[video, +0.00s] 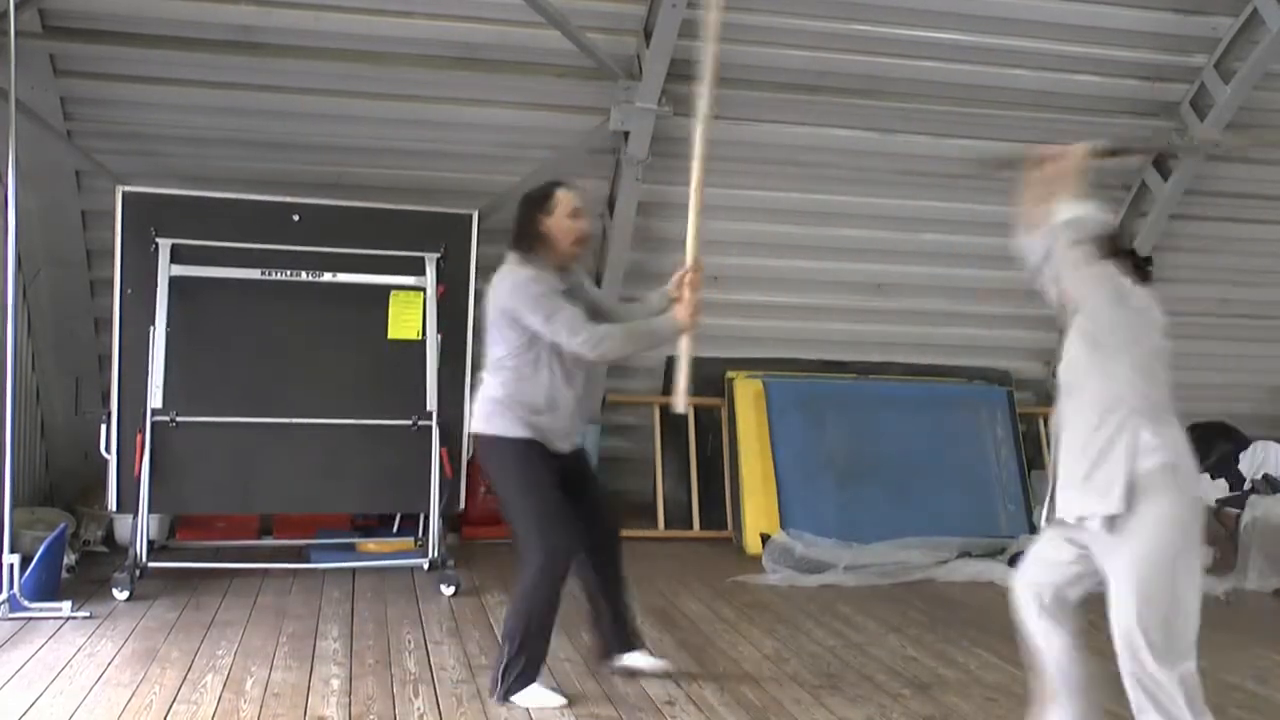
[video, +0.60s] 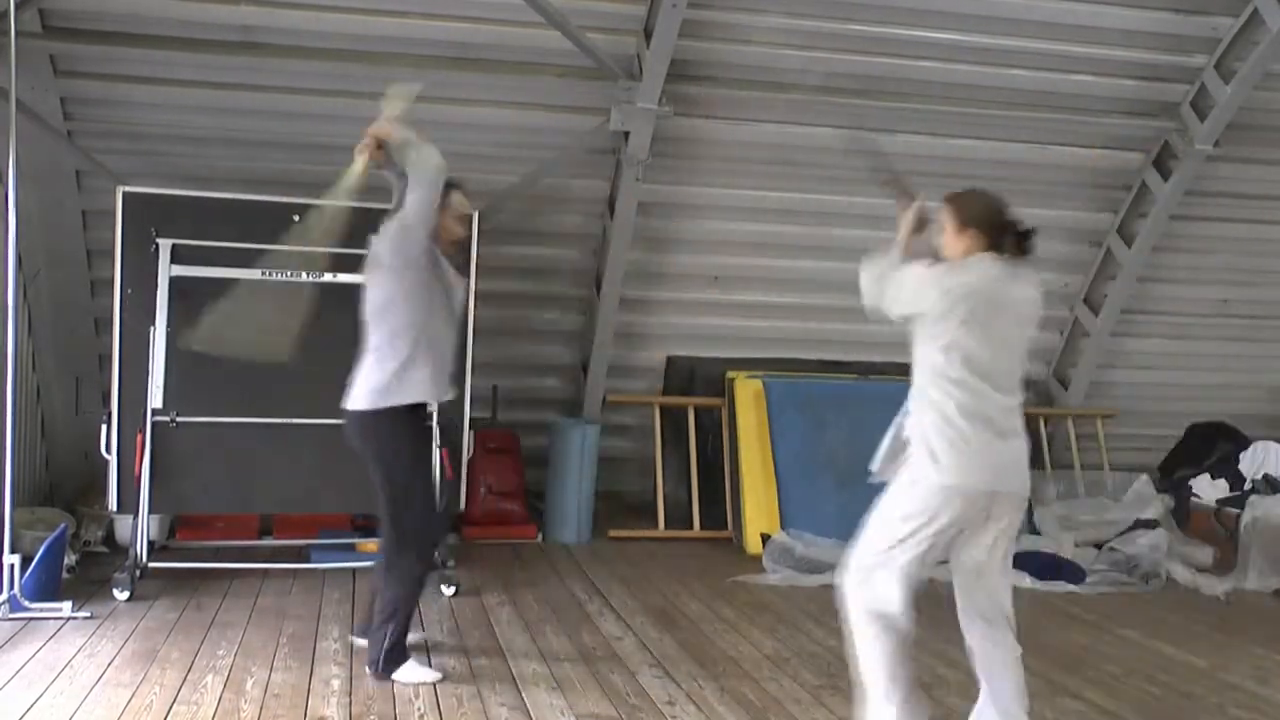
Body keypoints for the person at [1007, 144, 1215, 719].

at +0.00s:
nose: (1065, 281)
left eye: (1079, 265)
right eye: (1066, 271)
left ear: (1108, 264)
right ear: (1092, 270)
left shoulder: (1128, 308)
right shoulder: (1093, 318)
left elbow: (1080, 251)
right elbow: (1043, 255)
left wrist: (1069, 183)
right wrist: (1038, 189)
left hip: (1151, 502)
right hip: (1094, 505)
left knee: (1151, 655)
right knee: (1035, 585)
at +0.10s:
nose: (1053, 261)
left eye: (1062, 251)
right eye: (1054, 251)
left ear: (1094, 260)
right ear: (1090, 261)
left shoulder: (1107, 307)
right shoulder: (1077, 306)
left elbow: (1013, 277)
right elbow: (1016, 274)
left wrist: (997, 213)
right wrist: (989, 215)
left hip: (1120, 504)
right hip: (1065, 501)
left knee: (1123, 635)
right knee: (1011, 594)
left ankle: (1169, 712)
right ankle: (1013, 712)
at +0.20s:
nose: (1036, 249)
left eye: (1044, 241)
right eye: (1038, 240)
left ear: (1074, 248)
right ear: (1077, 249)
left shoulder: (1072, 295)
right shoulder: (1070, 297)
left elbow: (972, 337)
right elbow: (980, 334)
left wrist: (919, 306)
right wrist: (924, 309)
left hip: (1069, 482)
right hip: (1045, 479)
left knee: (1027, 607)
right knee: (995, 593)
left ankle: (1117, 713)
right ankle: (1007, 711)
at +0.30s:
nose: (1016, 245)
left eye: (1025, 236)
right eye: (1019, 235)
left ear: (1052, 245)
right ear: (1062, 247)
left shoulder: (1028, 295)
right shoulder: (1075, 304)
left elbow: (952, 368)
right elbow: (980, 377)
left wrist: (898, 365)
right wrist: (909, 370)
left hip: (1037, 482)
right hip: (1071, 482)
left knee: (971, 598)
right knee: (1006, 607)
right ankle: (1015, 711)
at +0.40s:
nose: (984, 241)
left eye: (992, 231)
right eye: (987, 230)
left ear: (1016, 238)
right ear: (1037, 241)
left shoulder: (978, 296)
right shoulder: (1063, 301)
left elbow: (919, 386)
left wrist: (883, 367)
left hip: (990, 491)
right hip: (1055, 490)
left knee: (940, 619)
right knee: (1008, 616)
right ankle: (1020, 713)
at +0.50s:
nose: (968, 237)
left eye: (974, 227)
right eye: (971, 226)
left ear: (997, 232)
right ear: (1027, 233)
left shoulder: (956, 286)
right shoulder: (1053, 293)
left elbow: (893, 363)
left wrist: (882, 313)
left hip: (961, 475)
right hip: (1024, 477)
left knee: (925, 607)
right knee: (998, 608)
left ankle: (919, 709)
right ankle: (1008, 712)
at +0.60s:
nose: (941, 240)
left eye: (946, 230)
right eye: (942, 229)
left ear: (970, 235)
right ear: (998, 235)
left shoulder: (944, 282)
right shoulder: (1026, 290)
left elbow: (878, 288)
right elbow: (961, 293)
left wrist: (901, 238)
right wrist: (923, 253)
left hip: (946, 467)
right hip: (1008, 469)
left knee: (868, 580)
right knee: (986, 606)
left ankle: (889, 710)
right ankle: (1005, 712)